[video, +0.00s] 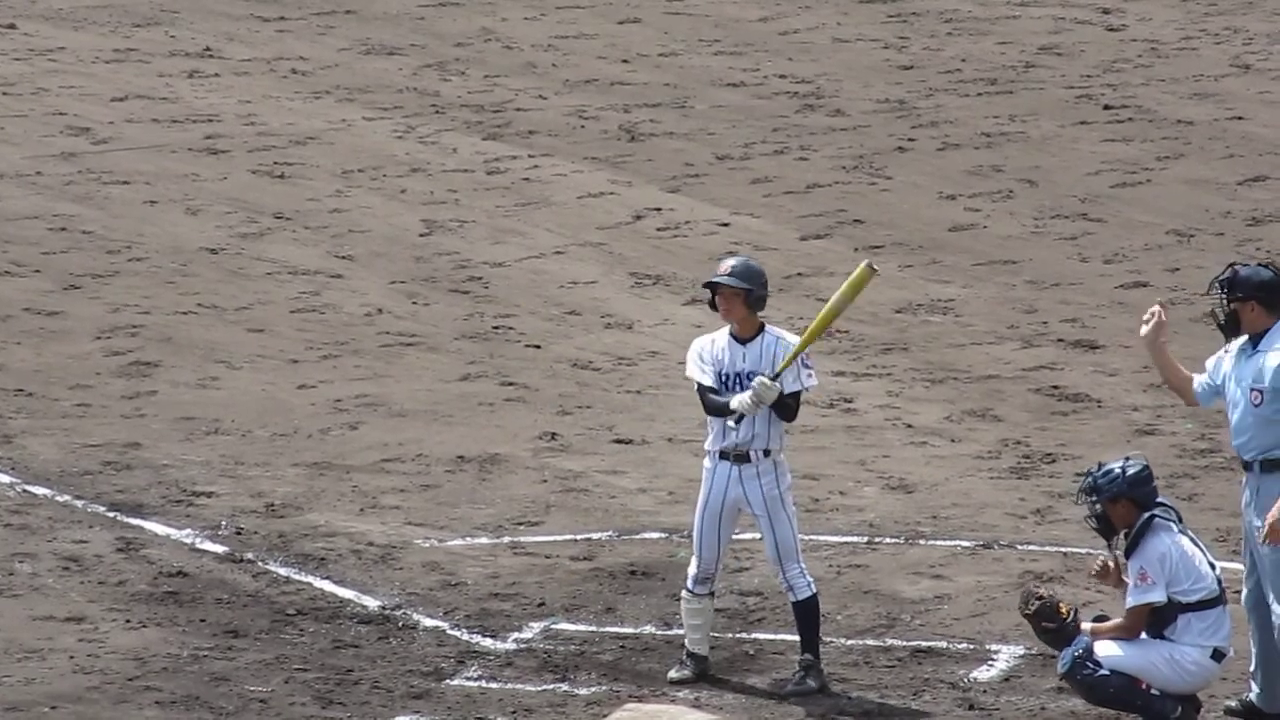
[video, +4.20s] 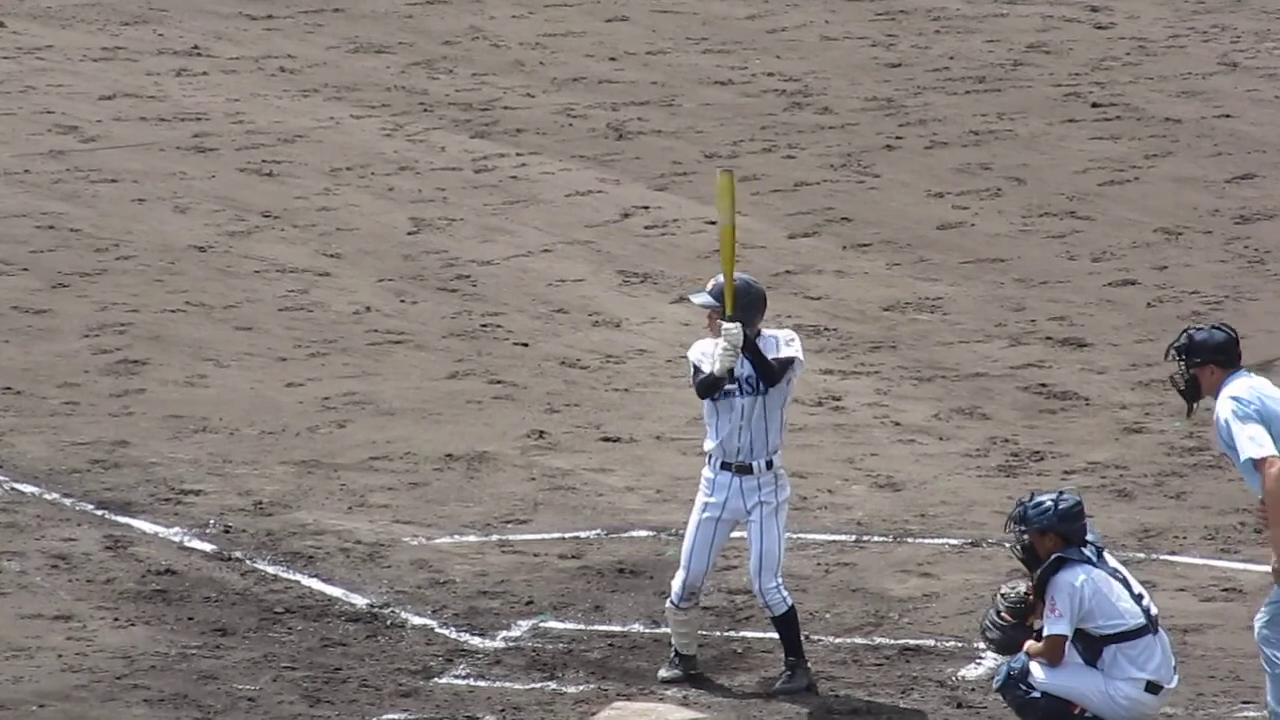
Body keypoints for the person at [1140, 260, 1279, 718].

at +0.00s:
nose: (1226, 309)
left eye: (1233, 302)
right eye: (1228, 302)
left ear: (1255, 306)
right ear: (1251, 306)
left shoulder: (1274, 352)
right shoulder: (1235, 352)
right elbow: (1194, 391)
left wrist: (1278, 505)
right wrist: (1156, 346)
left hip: (1275, 485)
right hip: (1253, 483)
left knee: (1277, 600)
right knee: (1258, 599)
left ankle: (1271, 696)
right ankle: (1265, 695)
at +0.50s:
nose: (1233, 304)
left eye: (1238, 298)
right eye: (1234, 297)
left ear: (1258, 306)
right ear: (1259, 305)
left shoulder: (1274, 351)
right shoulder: (1247, 345)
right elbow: (1228, 403)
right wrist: (1210, 350)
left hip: (1273, 478)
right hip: (1253, 475)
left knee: (1274, 593)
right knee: (1260, 593)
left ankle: (1273, 694)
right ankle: (1267, 692)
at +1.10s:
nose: (1224, 327)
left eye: (1226, 319)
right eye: (1222, 319)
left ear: (1244, 317)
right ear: (1259, 312)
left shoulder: (1266, 367)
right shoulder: (1263, 355)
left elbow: (1271, 449)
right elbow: (1262, 425)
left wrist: (1240, 513)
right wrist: (1236, 402)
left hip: (1263, 503)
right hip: (1256, 496)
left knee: (1259, 607)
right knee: (1257, 602)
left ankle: (1266, 695)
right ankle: (1261, 692)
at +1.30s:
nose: (1214, 339)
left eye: (1214, 330)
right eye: (1212, 330)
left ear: (1230, 327)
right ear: (1252, 318)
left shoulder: (1253, 373)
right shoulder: (1272, 348)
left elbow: (1265, 455)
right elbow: (1267, 423)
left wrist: (1250, 533)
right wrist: (1242, 457)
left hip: (1269, 522)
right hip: (1272, 514)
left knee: (1249, 627)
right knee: (1264, 608)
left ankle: (1276, 706)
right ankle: (1263, 688)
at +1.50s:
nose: (1203, 345)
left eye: (1205, 336)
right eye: (1202, 336)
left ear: (1222, 334)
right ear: (1244, 327)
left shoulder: (1246, 380)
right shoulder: (1270, 356)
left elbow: (1267, 461)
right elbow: (1268, 456)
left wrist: (1255, 537)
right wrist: (1253, 516)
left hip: (1271, 527)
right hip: (1274, 521)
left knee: (1243, 630)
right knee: (1264, 621)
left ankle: (1275, 706)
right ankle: (1271, 699)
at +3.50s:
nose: (1221, 335)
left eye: (1224, 327)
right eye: (1221, 326)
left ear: (1243, 326)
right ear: (1258, 321)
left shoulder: (1258, 369)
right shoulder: (1269, 354)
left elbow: (1270, 448)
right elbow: (1269, 448)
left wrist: (1253, 520)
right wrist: (1256, 518)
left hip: (1274, 519)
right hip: (1271, 517)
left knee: (1255, 627)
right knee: (1262, 617)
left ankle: (1274, 702)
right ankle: (1273, 692)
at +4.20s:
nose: (1188, 375)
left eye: (1192, 367)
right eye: (1187, 366)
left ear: (1212, 370)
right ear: (1225, 365)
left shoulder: (1231, 403)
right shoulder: (1257, 385)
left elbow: (1272, 467)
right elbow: (1272, 461)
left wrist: (1276, 546)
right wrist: (1269, 504)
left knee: (1268, 626)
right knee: (1268, 626)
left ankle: (1276, 708)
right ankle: (1274, 707)